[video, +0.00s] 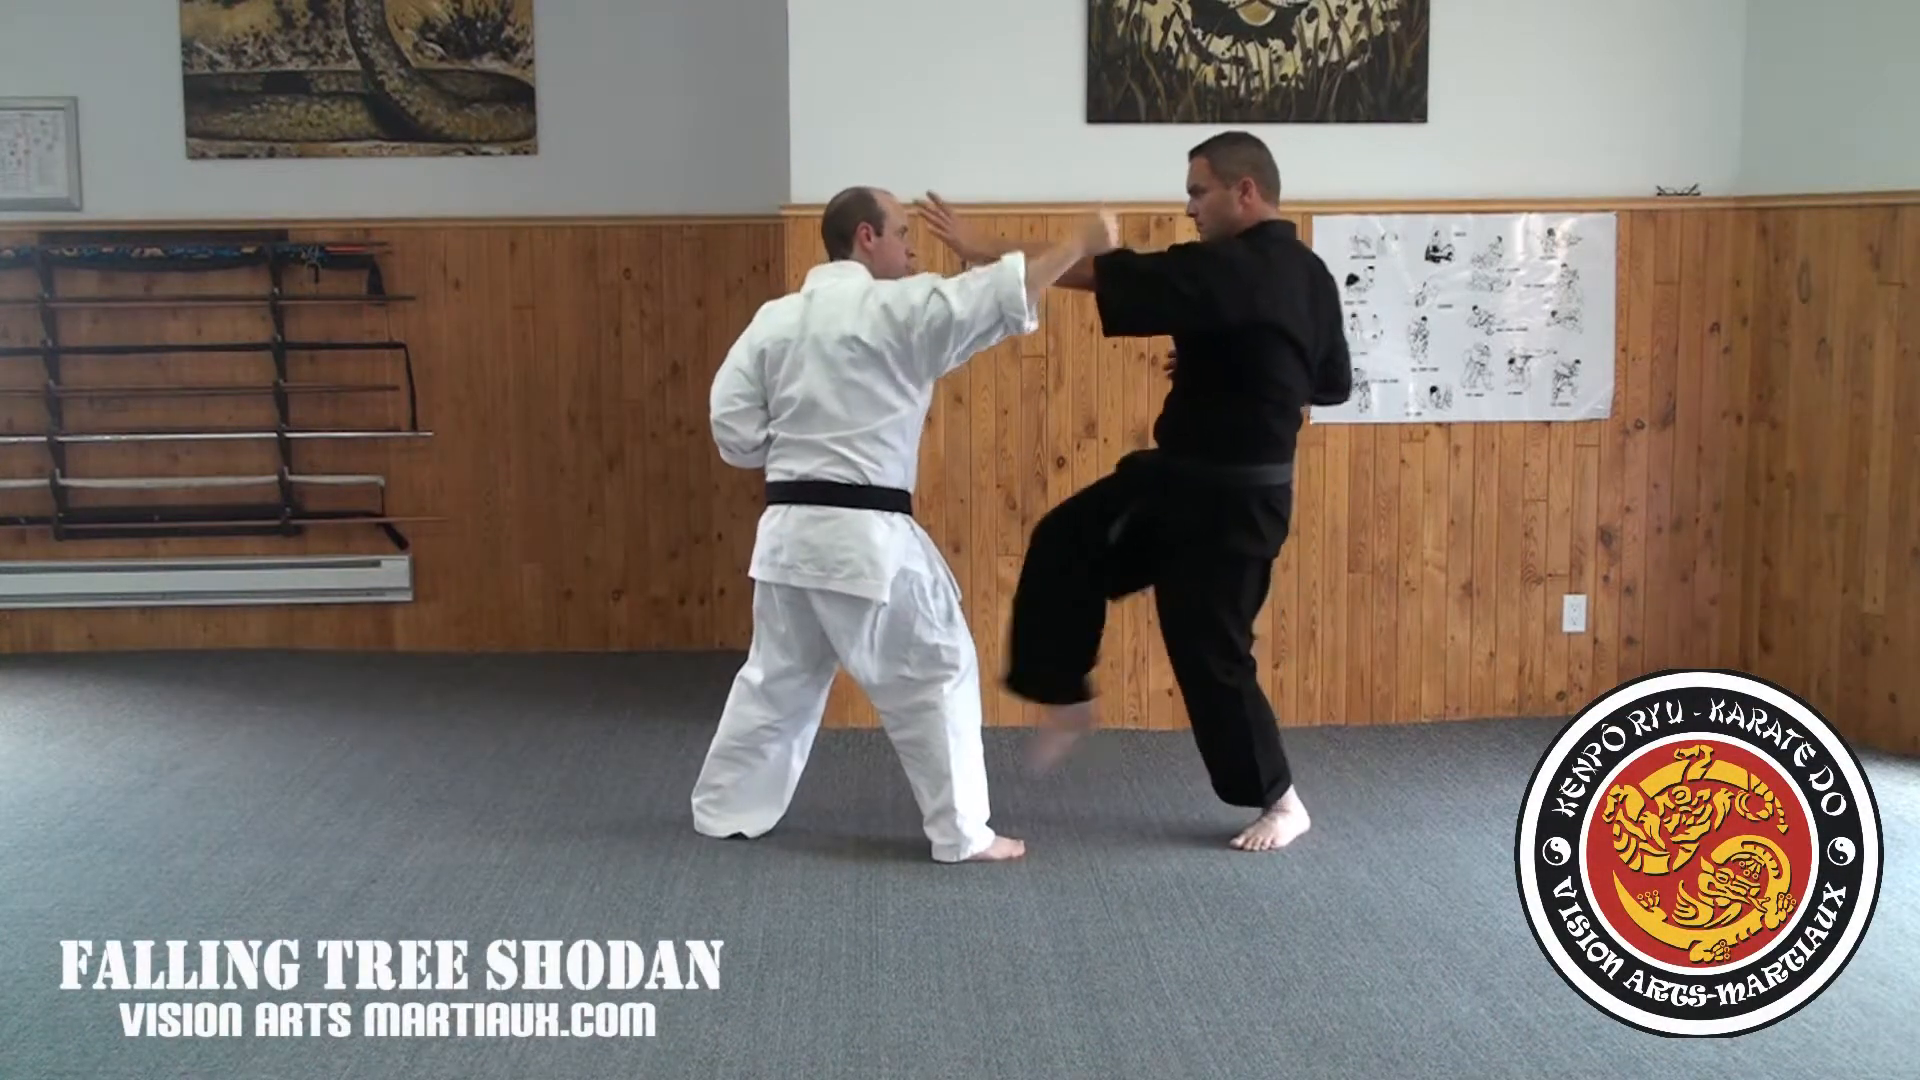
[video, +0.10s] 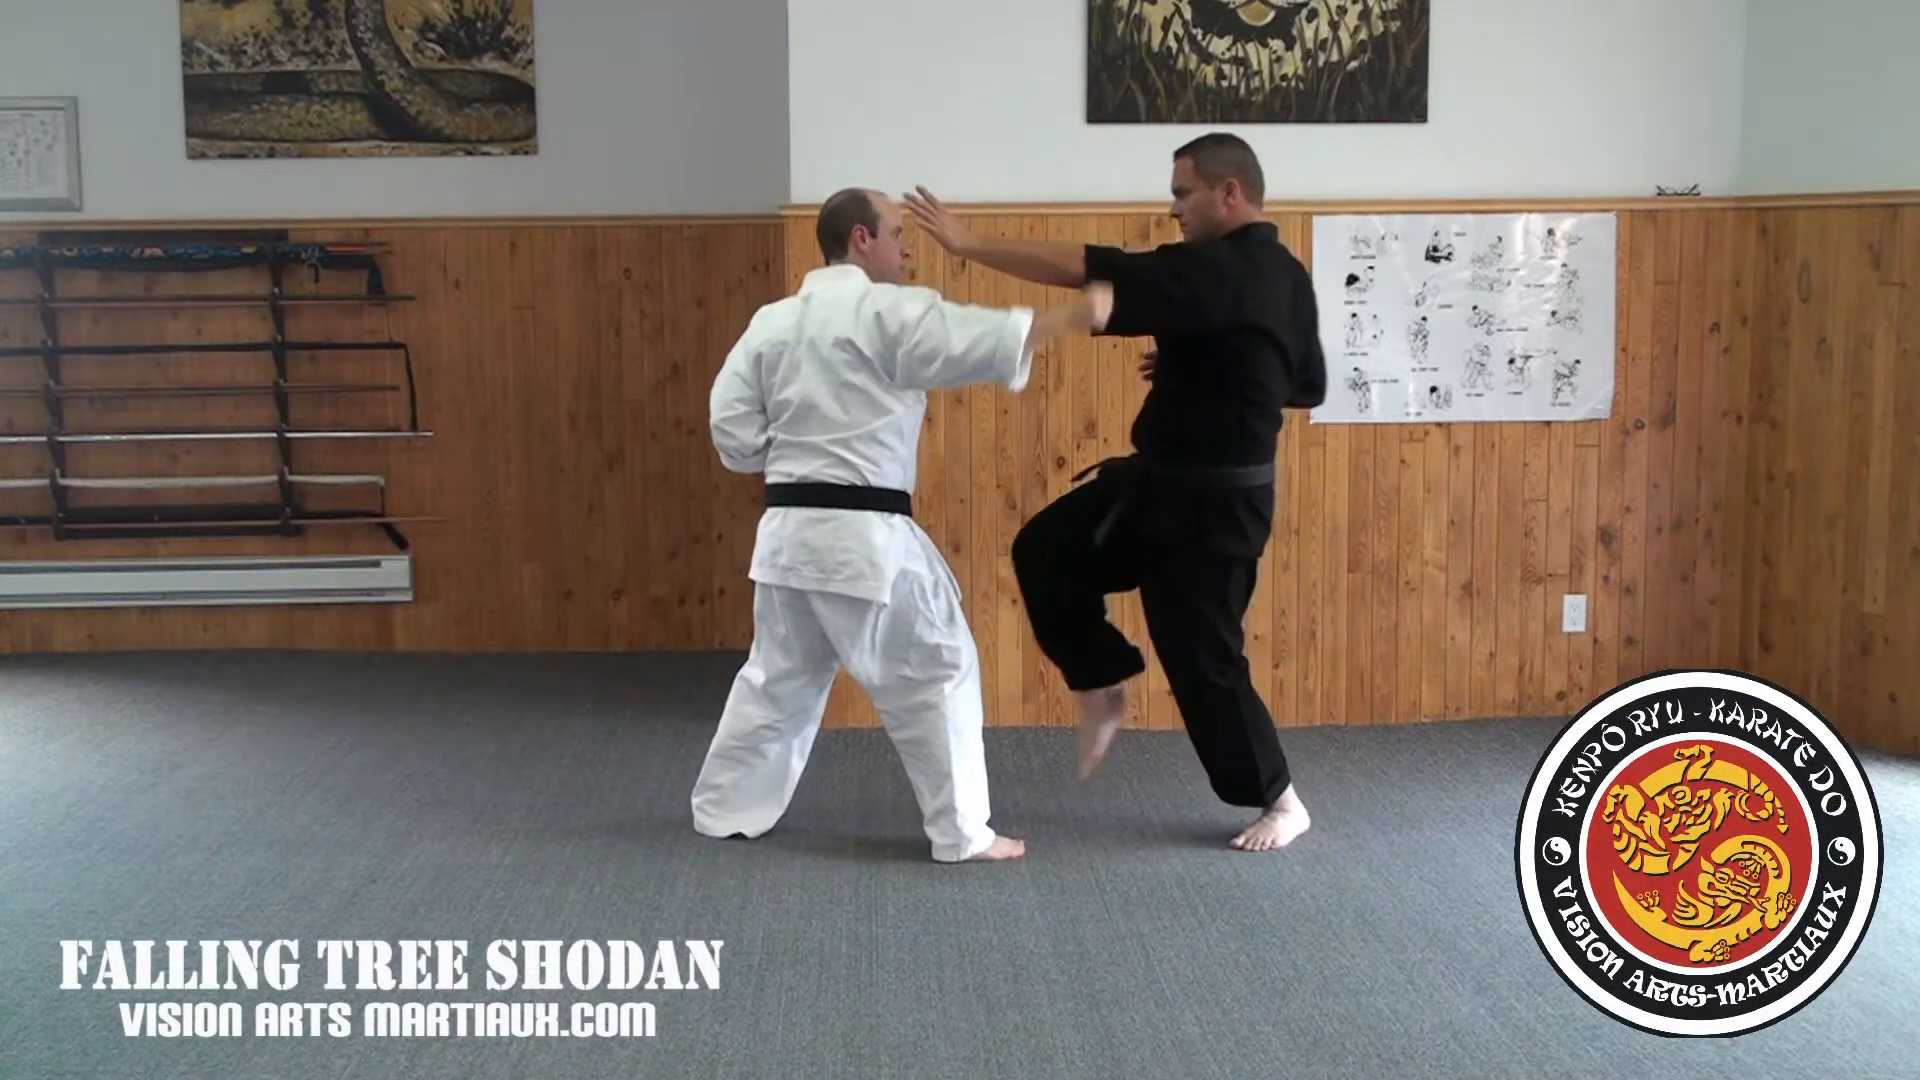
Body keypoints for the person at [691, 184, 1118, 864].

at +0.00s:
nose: (911, 249)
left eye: (910, 235)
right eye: (903, 236)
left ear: (841, 243)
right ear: (866, 240)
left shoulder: (775, 316)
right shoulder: (903, 305)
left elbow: (730, 416)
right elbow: (991, 293)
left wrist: (783, 462)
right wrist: (1079, 246)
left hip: (784, 529)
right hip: (869, 534)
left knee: (774, 675)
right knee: (935, 673)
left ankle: (722, 812)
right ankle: (962, 833)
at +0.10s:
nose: (906, 252)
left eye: (905, 237)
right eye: (898, 238)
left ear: (837, 244)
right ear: (861, 241)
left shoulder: (772, 320)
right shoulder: (889, 310)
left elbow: (729, 421)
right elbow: (988, 336)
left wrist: (781, 466)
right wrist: (1078, 311)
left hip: (784, 533)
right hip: (869, 537)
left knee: (775, 675)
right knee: (937, 671)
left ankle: (721, 810)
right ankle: (962, 833)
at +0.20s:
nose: (902, 255)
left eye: (900, 239)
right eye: (893, 239)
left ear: (838, 246)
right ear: (857, 243)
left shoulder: (769, 324)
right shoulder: (881, 317)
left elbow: (732, 431)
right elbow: (954, 393)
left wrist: (789, 468)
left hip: (784, 536)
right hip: (868, 538)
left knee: (777, 677)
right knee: (939, 673)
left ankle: (720, 810)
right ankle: (961, 833)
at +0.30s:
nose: (897, 250)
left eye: (895, 236)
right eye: (888, 237)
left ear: (835, 247)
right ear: (853, 243)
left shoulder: (769, 326)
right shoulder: (881, 325)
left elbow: (730, 431)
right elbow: (927, 427)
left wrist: (788, 473)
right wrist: (996, 493)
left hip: (786, 537)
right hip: (870, 542)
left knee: (779, 674)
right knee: (944, 670)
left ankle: (723, 809)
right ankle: (962, 832)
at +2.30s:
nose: (855, 266)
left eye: (853, 252)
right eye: (847, 252)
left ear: (787, 261)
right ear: (813, 256)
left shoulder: (736, 351)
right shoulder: (840, 337)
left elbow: (723, 470)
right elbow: (872, 449)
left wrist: (788, 497)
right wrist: (913, 535)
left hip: (789, 552)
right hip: (863, 548)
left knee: (786, 678)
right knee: (952, 664)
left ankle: (721, 806)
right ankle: (964, 830)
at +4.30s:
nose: (828, 266)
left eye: (826, 252)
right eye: (819, 252)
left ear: (769, 258)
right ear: (786, 255)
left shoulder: (708, 354)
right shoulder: (805, 340)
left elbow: (703, 468)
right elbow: (836, 456)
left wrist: (762, 507)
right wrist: (881, 543)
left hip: (769, 550)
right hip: (837, 544)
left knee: (783, 677)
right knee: (931, 665)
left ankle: (721, 807)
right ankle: (962, 830)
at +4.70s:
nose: (760, 263)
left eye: (758, 250)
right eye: (754, 250)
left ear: (699, 254)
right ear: (725, 250)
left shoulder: (640, 349)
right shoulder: (746, 332)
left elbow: (630, 466)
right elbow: (798, 440)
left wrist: (693, 496)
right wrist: (860, 518)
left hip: (691, 551)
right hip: (769, 549)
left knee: (735, 682)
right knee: (843, 679)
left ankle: (726, 812)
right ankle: (914, 823)